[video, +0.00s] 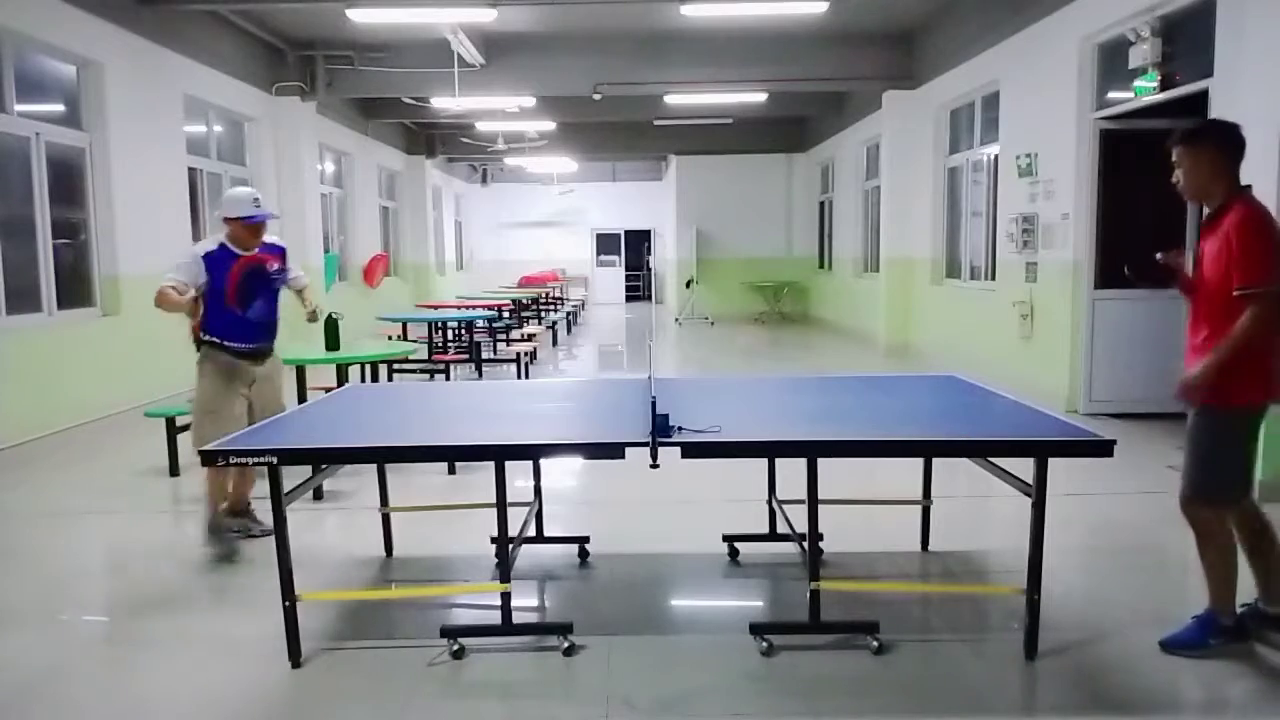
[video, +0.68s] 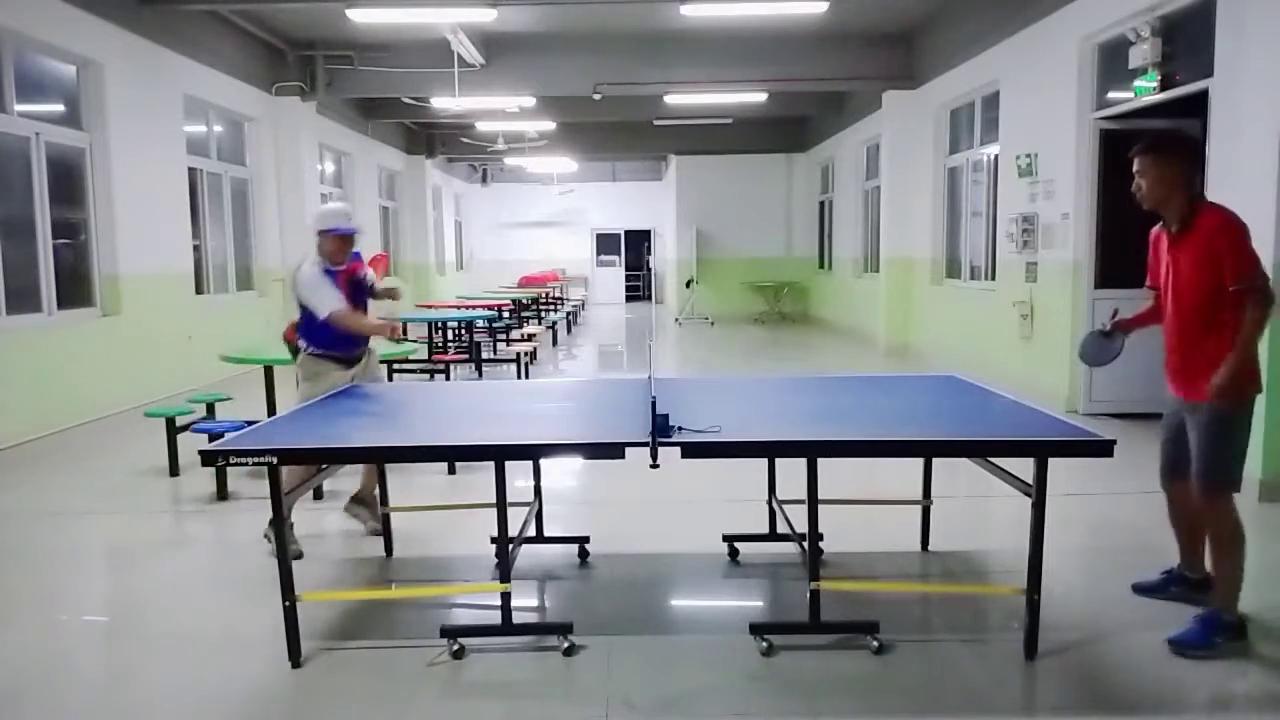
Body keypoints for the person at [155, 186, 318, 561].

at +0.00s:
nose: (260, 232)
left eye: (262, 225)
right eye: (252, 225)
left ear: (264, 223)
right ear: (230, 224)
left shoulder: (275, 252)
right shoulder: (205, 256)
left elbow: (298, 283)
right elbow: (162, 295)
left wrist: (309, 303)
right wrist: (185, 303)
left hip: (264, 362)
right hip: (222, 364)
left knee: (259, 439)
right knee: (220, 445)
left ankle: (239, 508)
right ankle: (216, 521)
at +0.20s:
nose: (270, 253)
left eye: (273, 245)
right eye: (261, 247)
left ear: (278, 240)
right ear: (241, 245)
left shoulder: (295, 262)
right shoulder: (219, 275)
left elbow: (324, 304)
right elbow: (195, 316)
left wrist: (302, 312)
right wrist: (193, 352)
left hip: (293, 368)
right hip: (248, 371)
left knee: (291, 440)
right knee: (266, 446)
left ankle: (246, 500)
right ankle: (276, 528)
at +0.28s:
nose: (277, 266)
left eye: (280, 258)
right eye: (268, 260)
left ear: (286, 251)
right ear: (249, 257)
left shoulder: (306, 271)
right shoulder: (229, 284)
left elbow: (334, 311)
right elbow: (215, 329)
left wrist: (307, 323)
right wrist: (220, 372)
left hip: (309, 373)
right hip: (262, 378)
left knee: (313, 453)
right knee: (271, 454)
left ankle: (275, 513)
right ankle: (279, 527)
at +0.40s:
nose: (291, 269)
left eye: (294, 260)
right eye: (282, 263)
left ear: (300, 251)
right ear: (263, 259)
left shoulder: (322, 267)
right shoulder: (244, 284)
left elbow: (353, 302)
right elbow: (238, 330)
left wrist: (337, 323)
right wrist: (259, 355)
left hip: (328, 374)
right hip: (278, 380)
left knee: (357, 432)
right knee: (275, 454)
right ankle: (278, 529)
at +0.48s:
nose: (302, 265)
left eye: (306, 257)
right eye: (293, 260)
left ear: (312, 249)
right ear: (275, 256)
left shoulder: (331, 265)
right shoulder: (256, 285)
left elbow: (362, 298)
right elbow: (258, 335)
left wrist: (350, 313)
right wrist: (283, 353)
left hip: (338, 369)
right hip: (288, 376)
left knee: (367, 432)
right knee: (285, 451)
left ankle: (358, 508)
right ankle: (280, 526)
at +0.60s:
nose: (328, 255)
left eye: (333, 247)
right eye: (321, 247)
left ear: (339, 245)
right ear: (304, 247)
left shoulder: (347, 266)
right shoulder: (293, 285)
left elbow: (374, 301)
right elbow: (316, 337)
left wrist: (370, 291)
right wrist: (353, 341)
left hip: (356, 366)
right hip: (313, 373)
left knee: (374, 436)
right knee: (307, 452)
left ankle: (358, 506)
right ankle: (280, 524)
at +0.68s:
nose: (344, 246)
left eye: (349, 239)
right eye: (337, 239)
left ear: (353, 240)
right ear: (319, 239)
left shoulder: (354, 263)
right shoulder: (309, 274)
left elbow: (369, 289)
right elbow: (340, 317)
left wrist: (382, 291)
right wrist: (382, 327)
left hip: (363, 360)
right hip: (322, 367)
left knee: (383, 426)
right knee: (312, 450)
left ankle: (365, 496)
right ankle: (280, 521)